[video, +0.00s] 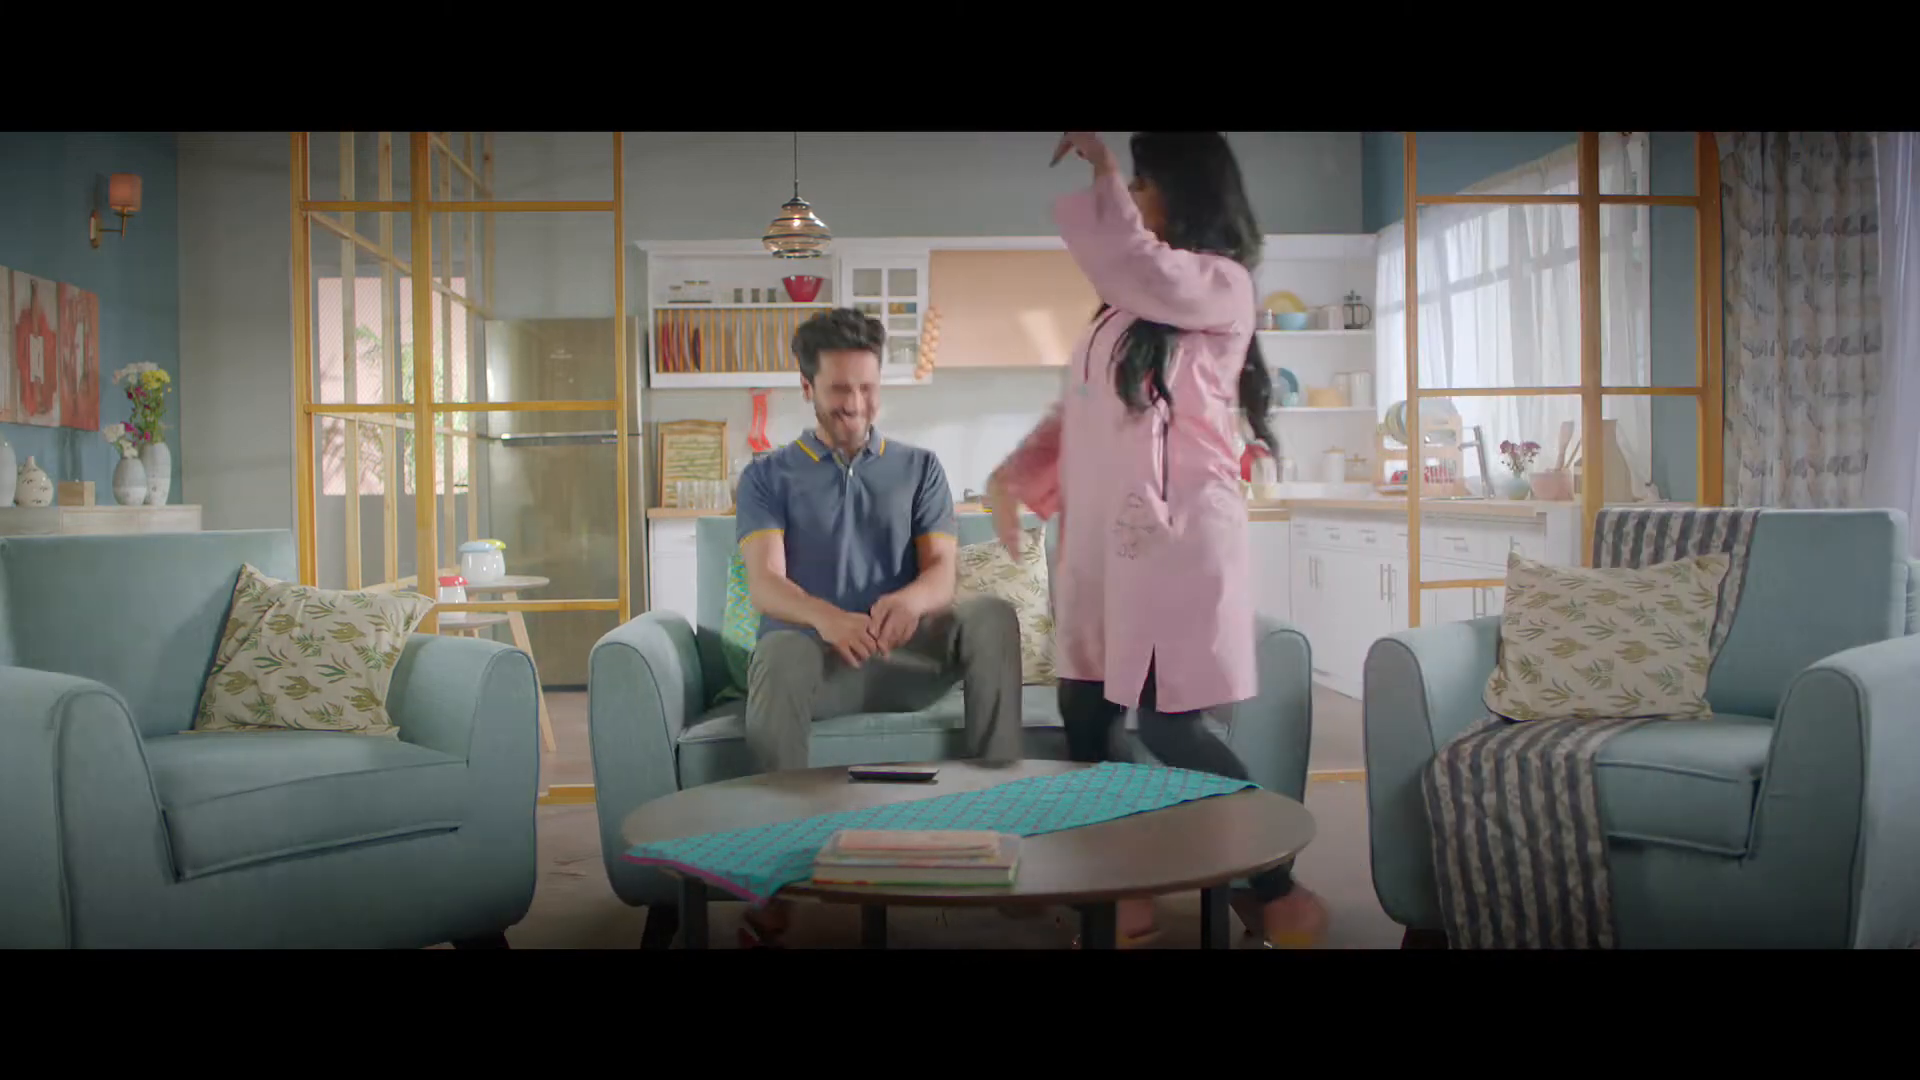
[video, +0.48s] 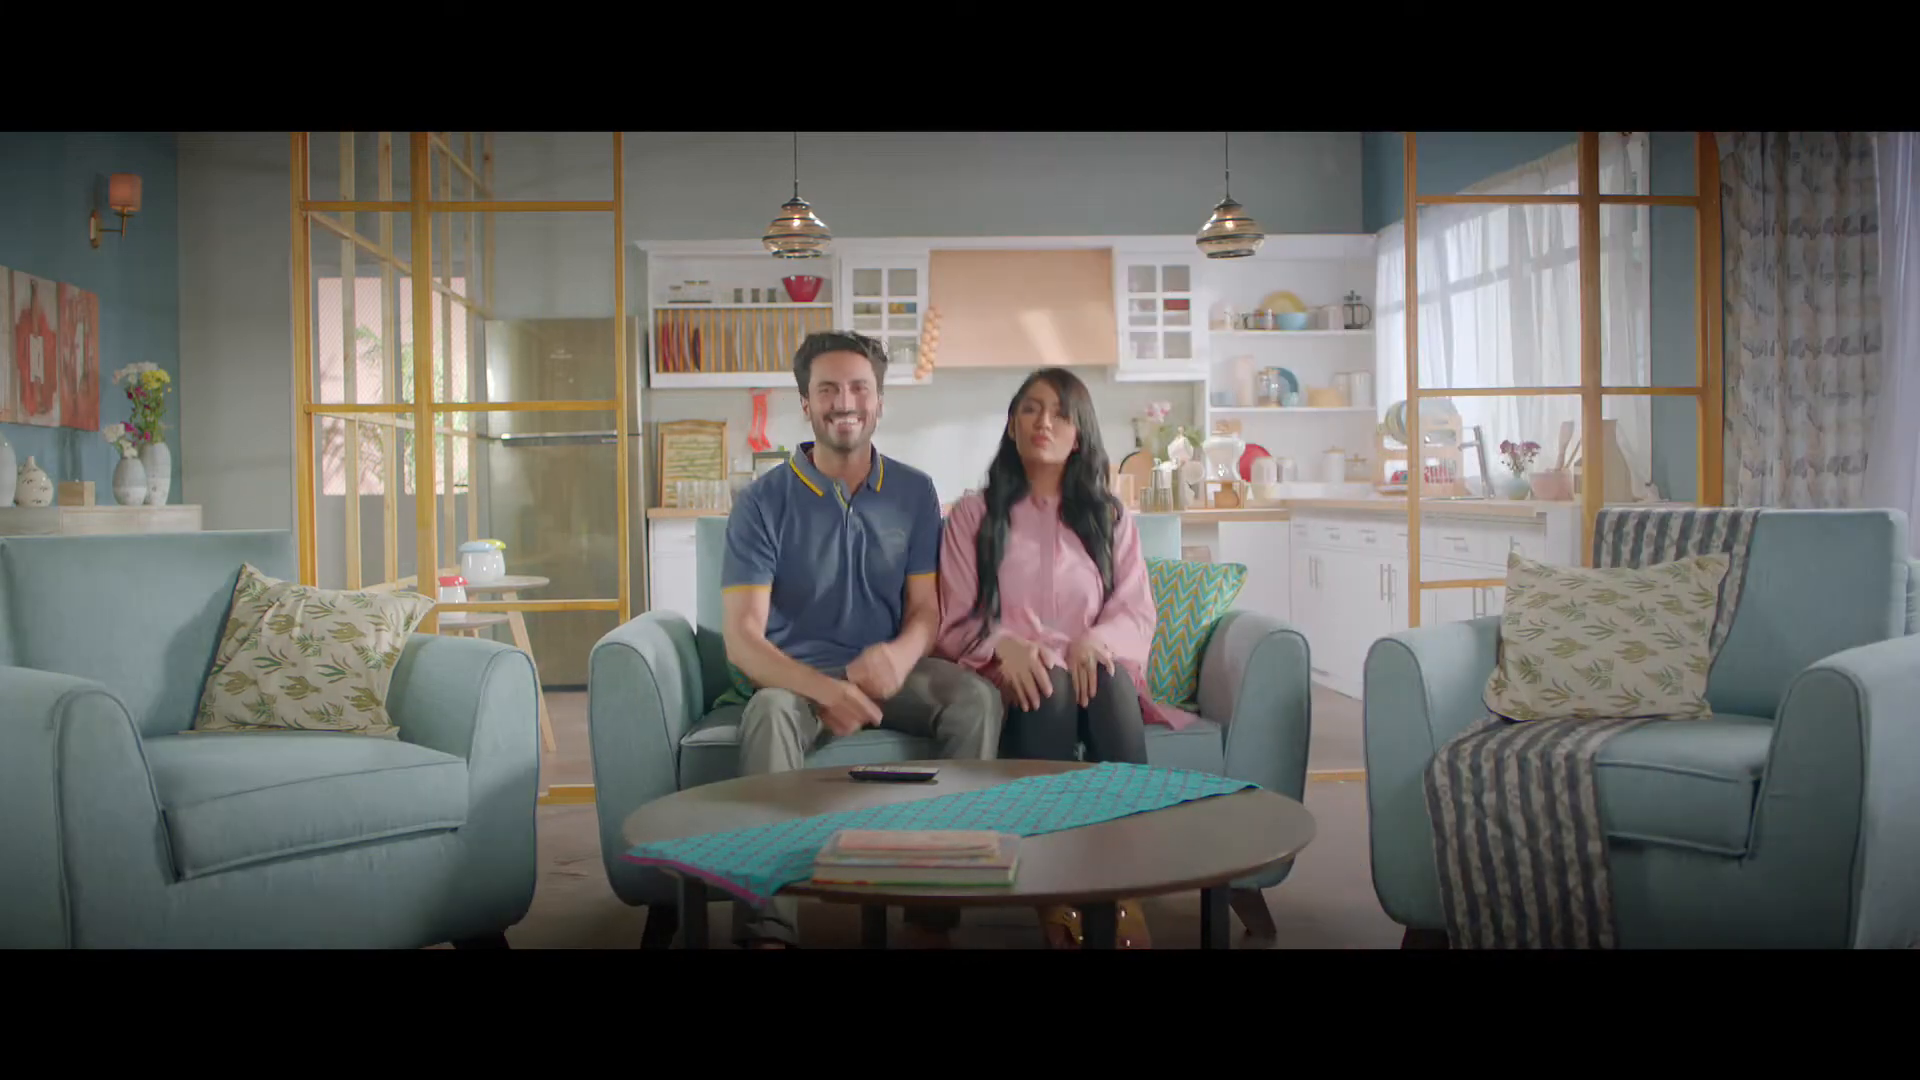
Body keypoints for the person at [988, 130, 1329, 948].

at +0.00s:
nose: (1127, 198)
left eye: (1143, 182)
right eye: (1126, 187)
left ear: (1187, 191)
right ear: (1139, 202)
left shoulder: (1227, 285)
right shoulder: (1117, 304)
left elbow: (1138, 272)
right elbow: (1077, 419)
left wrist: (1095, 170)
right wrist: (1017, 477)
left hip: (1178, 547)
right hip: (1096, 547)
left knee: (1169, 725)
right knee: (1086, 720)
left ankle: (1279, 897)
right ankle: (1126, 898)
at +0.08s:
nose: (1107, 210)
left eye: (1124, 195)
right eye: (1104, 198)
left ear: (1160, 201)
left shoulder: (1202, 292)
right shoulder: (1078, 302)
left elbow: (1155, 280)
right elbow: (1020, 408)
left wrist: (1103, 176)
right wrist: (974, 492)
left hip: (1149, 542)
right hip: (1062, 537)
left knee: (1131, 720)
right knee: (1062, 723)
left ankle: (1205, 856)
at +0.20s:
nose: (1072, 233)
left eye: (1091, 219)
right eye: (1065, 218)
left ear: (1130, 232)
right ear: (1054, 229)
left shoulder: (1160, 321)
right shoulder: (1022, 330)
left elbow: (1179, 357)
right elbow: (973, 433)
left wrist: (1099, 292)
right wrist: (964, 531)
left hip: (1128, 568)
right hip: (1031, 567)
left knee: (1105, 744)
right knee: (1037, 745)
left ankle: (1128, 922)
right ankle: (1056, 922)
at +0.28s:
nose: (1055, 298)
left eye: (1074, 286)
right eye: (1047, 284)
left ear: (1110, 302)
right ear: (1037, 297)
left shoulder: (1154, 393)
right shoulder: (1003, 397)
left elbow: (1174, 474)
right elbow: (972, 503)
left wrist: (1122, 464)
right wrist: (987, 584)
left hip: (1115, 614)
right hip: (1022, 616)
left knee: (1099, 728)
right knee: (1035, 726)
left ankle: (1134, 903)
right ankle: (1063, 901)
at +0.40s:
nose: (1047, 429)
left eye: (1063, 418)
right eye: (1034, 416)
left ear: (1085, 435)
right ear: (1017, 429)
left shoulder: (1121, 520)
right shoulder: (983, 521)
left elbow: (1146, 626)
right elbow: (956, 630)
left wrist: (1093, 658)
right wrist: (998, 658)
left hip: (1098, 686)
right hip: (1016, 682)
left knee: (1115, 724)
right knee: (1036, 724)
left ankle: (1114, 908)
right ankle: (1054, 900)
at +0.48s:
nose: (1042, 422)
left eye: (1059, 414)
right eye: (1030, 409)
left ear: (1079, 434)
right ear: (1012, 423)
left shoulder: (1111, 517)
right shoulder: (972, 514)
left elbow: (1135, 614)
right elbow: (952, 626)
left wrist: (1097, 641)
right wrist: (1002, 646)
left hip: (1092, 677)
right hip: (1012, 676)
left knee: (1110, 681)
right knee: (1049, 689)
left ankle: (1120, 891)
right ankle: (1052, 892)